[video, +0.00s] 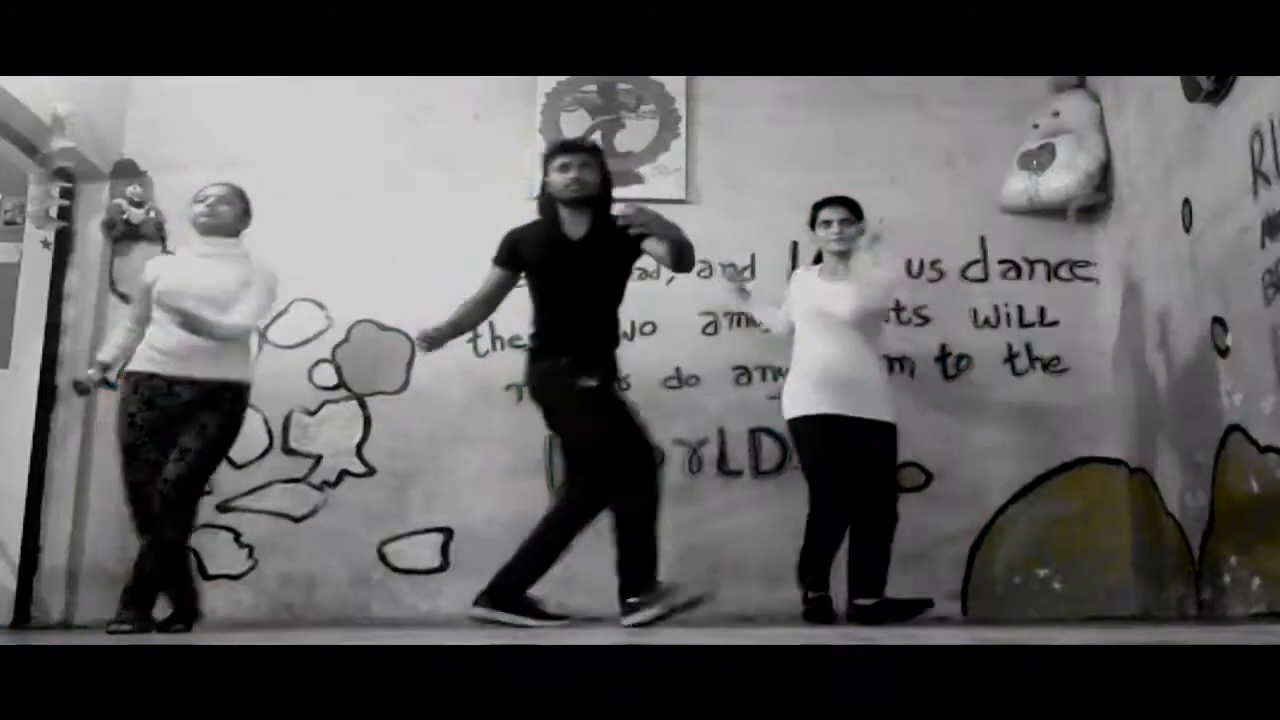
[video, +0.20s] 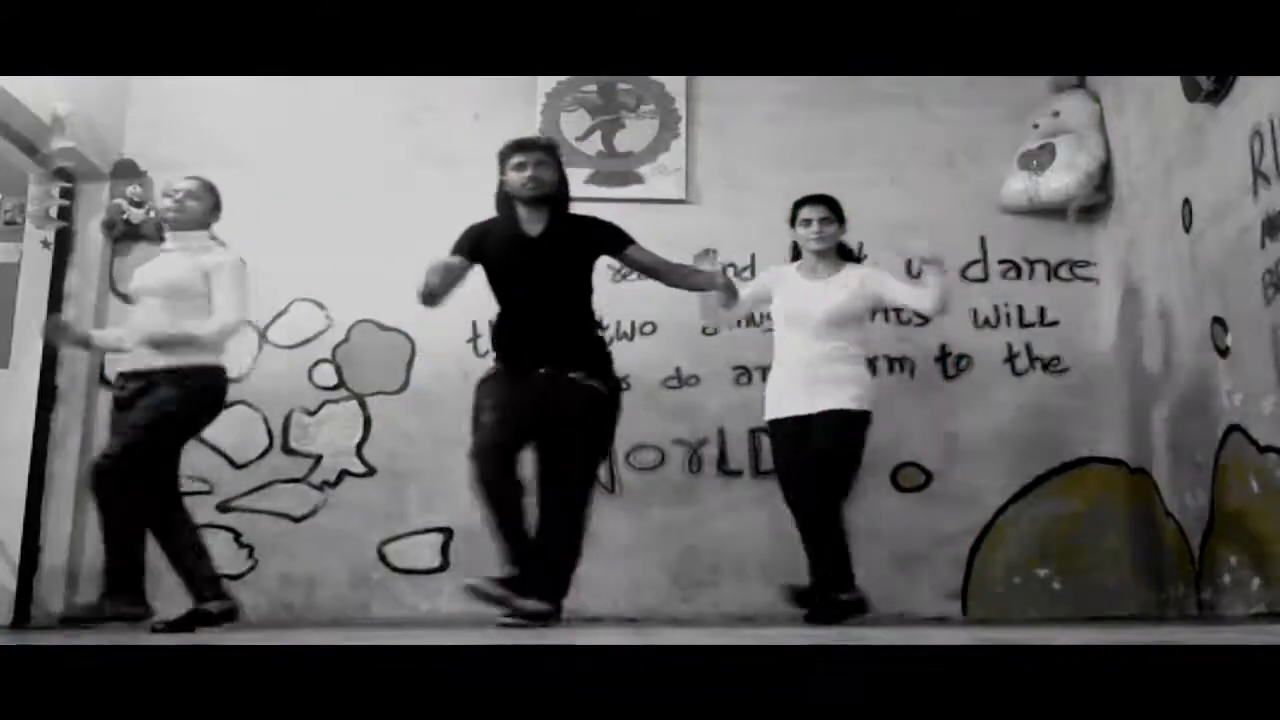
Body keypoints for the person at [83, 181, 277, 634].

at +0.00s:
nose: (208, 203)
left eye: (222, 199)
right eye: (201, 199)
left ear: (242, 219)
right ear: (190, 213)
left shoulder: (257, 272)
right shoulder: (161, 265)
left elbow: (242, 328)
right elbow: (133, 323)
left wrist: (194, 320)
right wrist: (103, 364)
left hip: (216, 392)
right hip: (149, 387)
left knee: (173, 494)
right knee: (145, 499)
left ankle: (134, 608)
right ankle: (185, 604)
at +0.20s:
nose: (176, 199)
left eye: (191, 195)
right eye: (170, 193)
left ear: (210, 215)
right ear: (159, 207)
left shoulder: (222, 259)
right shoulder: (151, 264)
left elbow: (228, 325)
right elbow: (131, 338)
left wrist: (168, 334)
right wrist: (81, 336)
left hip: (191, 381)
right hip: (139, 384)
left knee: (113, 472)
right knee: (158, 496)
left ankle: (124, 599)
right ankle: (213, 599)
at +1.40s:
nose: (222, 235)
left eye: (234, 231)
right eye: (218, 230)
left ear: (254, 245)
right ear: (210, 239)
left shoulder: (266, 282)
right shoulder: (197, 289)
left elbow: (288, 332)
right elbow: (182, 341)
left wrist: (277, 371)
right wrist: (149, 370)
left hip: (233, 380)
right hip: (184, 381)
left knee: (203, 463)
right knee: (185, 471)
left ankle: (205, 564)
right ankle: (203, 562)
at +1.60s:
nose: (138, 209)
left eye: (152, 205)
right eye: (132, 203)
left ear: (174, 222)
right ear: (122, 216)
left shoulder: (185, 265)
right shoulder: (104, 271)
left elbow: (233, 318)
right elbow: (83, 326)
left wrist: (200, 365)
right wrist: (62, 356)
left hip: (145, 382)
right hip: (87, 383)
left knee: (111, 484)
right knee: (73, 490)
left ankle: (105, 610)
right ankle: (92, 605)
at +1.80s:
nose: (126, 222)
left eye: (139, 217)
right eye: (120, 214)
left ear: (160, 233)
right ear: (109, 224)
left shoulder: (181, 278)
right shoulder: (90, 286)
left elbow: (219, 348)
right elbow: (77, 350)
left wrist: (199, 331)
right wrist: (58, 383)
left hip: (154, 395)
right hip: (92, 397)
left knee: (112, 481)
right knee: (56, 489)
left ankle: (106, 610)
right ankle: (74, 610)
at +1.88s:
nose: (135, 215)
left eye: (149, 212)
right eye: (131, 210)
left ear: (171, 231)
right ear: (118, 222)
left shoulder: (188, 278)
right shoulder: (92, 279)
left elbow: (224, 351)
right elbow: (72, 345)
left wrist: (214, 340)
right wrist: (59, 407)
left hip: (156, 395)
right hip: (89, 393)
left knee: (131, 484)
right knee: (62, 494)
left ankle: (118, 609)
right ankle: (71, 611)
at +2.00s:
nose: (186, 225)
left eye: (200, 221)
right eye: (179, 216)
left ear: (217, 239)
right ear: (165, 222)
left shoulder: (215, 295)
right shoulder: (130, 257)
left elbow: (213, 369)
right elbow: (52, 293)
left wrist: (250, 413)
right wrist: (99, 280)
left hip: (158, 394)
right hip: (90, 387)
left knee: (177, 495)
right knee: (74, 505)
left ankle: (201, 596)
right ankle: (71, 612)